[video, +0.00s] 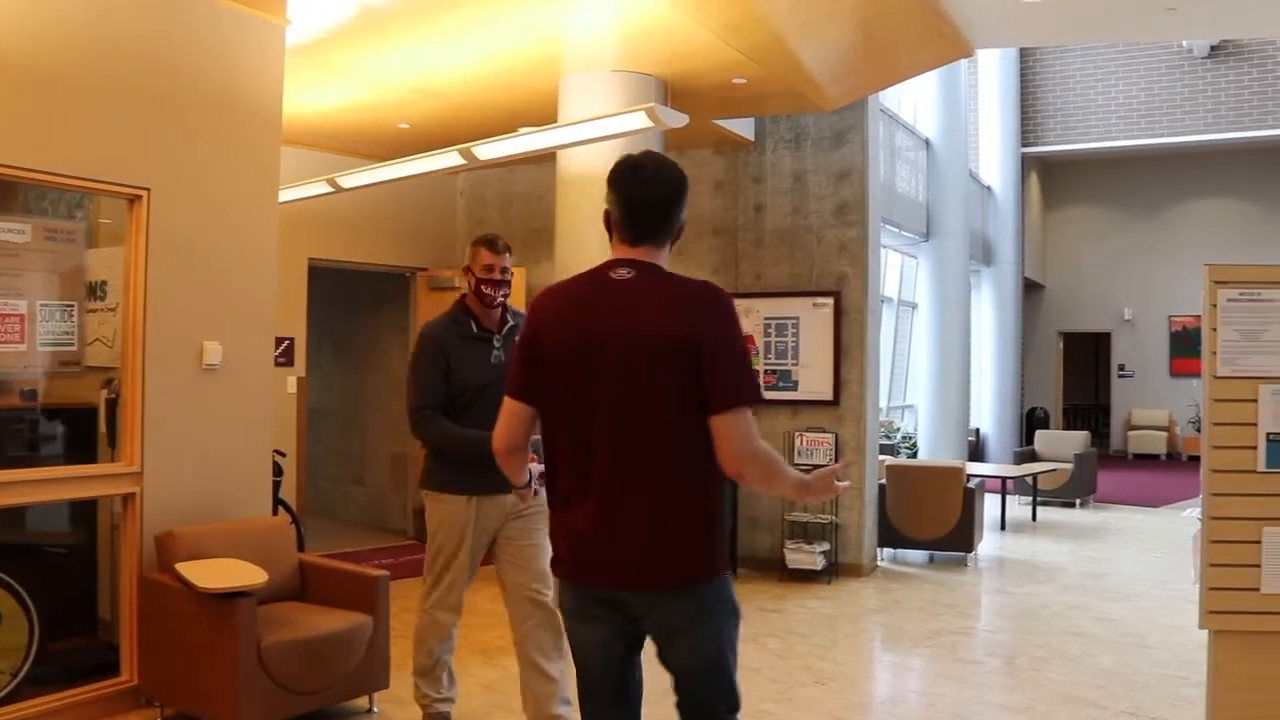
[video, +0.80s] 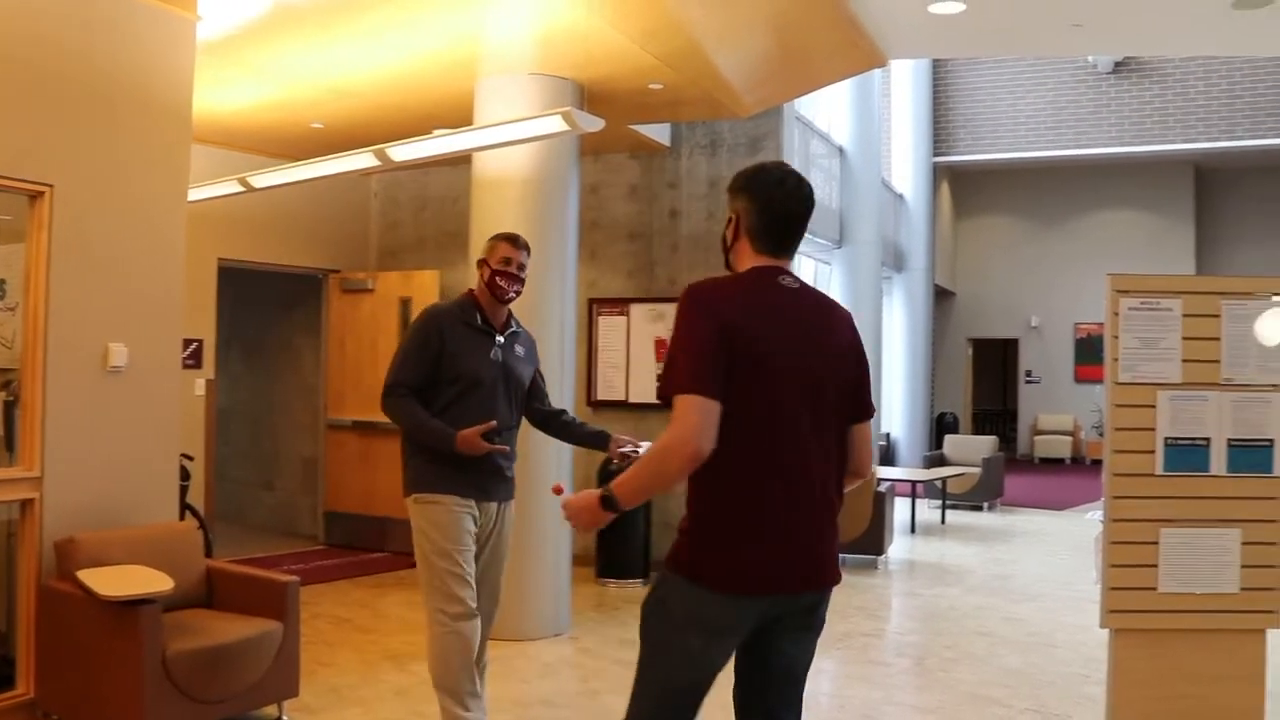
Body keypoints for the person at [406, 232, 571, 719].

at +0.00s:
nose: (497, 280)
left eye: (504, 272)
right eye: (488, 272)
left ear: (512, 275)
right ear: (467, 274)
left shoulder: (527, 333)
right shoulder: (438, 336)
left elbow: (547, 401)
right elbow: (423, 421)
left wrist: (539, 451)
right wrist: (497, 444)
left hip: (524, 489)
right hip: (457, 492)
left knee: (538, 602)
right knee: (443, 603)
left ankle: (554, 712)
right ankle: (436, 706)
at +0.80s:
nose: (512, 277)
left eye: (520, 272)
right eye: (504, 267)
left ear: (525, 279)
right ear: (481, 267)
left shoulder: (522, 341)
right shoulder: (438, 322)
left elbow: (543, 412)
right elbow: (395, 397)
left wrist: (607, 440)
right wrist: (450, 438)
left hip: (496, 493)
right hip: (441, 490)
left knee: (481, 612)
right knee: (456, 611)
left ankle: (467, 710)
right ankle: (463, 714)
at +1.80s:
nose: (467, 256)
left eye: (470, 247)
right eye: (455, 247)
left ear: (473, 252)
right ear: (422, 251)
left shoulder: (455, 317)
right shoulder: (392, 319)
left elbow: (469, 395)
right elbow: (362, 423)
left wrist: (527, 414)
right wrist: (443, 464)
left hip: (461, 501)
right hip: (406, 511)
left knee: (475, 616)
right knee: (416, 649)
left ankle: (439, 714)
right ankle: (404, 719)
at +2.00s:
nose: (458, 265)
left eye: (464, 256)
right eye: (448, 254)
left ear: (466, 259)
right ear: (416, 251)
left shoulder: (448, 320)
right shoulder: (382, 317)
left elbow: (462, 404)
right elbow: (350, 420)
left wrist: (520, 424)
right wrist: (431, 463)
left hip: (456, 508)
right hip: (399, 515)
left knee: (464, 641)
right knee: (397, 653)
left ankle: (469, 717)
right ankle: (378, 718)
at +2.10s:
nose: (451, 260)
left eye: (458, 252)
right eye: (440, 249)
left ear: (463, 257)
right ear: (411, 249)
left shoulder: (448, 319)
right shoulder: (377, 317)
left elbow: (462, 405)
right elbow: (346, 416)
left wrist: (519, 430)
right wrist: (426, 459)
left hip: (460, 510)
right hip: (399, 515)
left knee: (459, 651)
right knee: (386, 657)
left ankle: (457, 718)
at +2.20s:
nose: (447, 257)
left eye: (453, 248)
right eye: (436, 246)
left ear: (458, 253)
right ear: (405, 247)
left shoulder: (443, 318)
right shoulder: (372, 315)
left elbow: (458, 407)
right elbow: (341, 413)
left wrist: (518, 433)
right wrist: (422, 453)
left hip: (456, 509)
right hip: (396, 513)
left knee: (446, 651)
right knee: (376, 654)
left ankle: (441, 717)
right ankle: (354, 718)